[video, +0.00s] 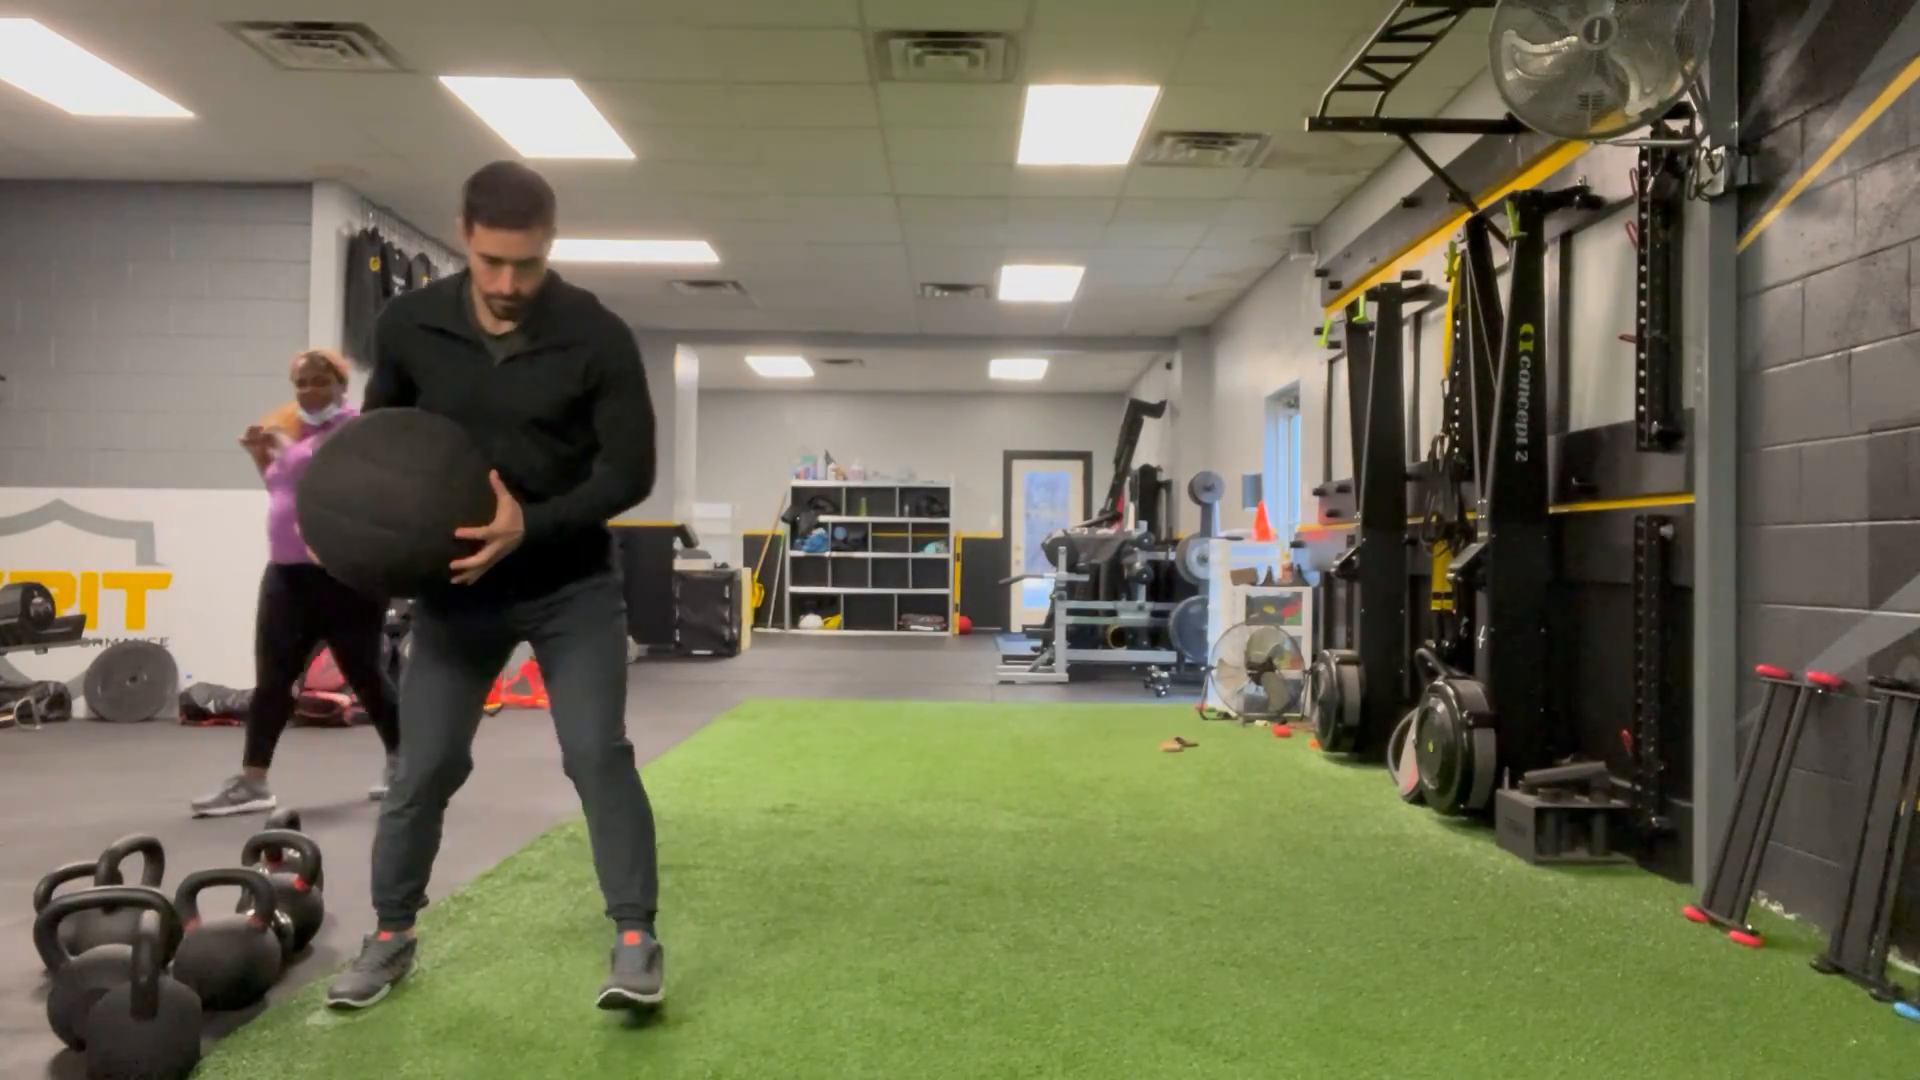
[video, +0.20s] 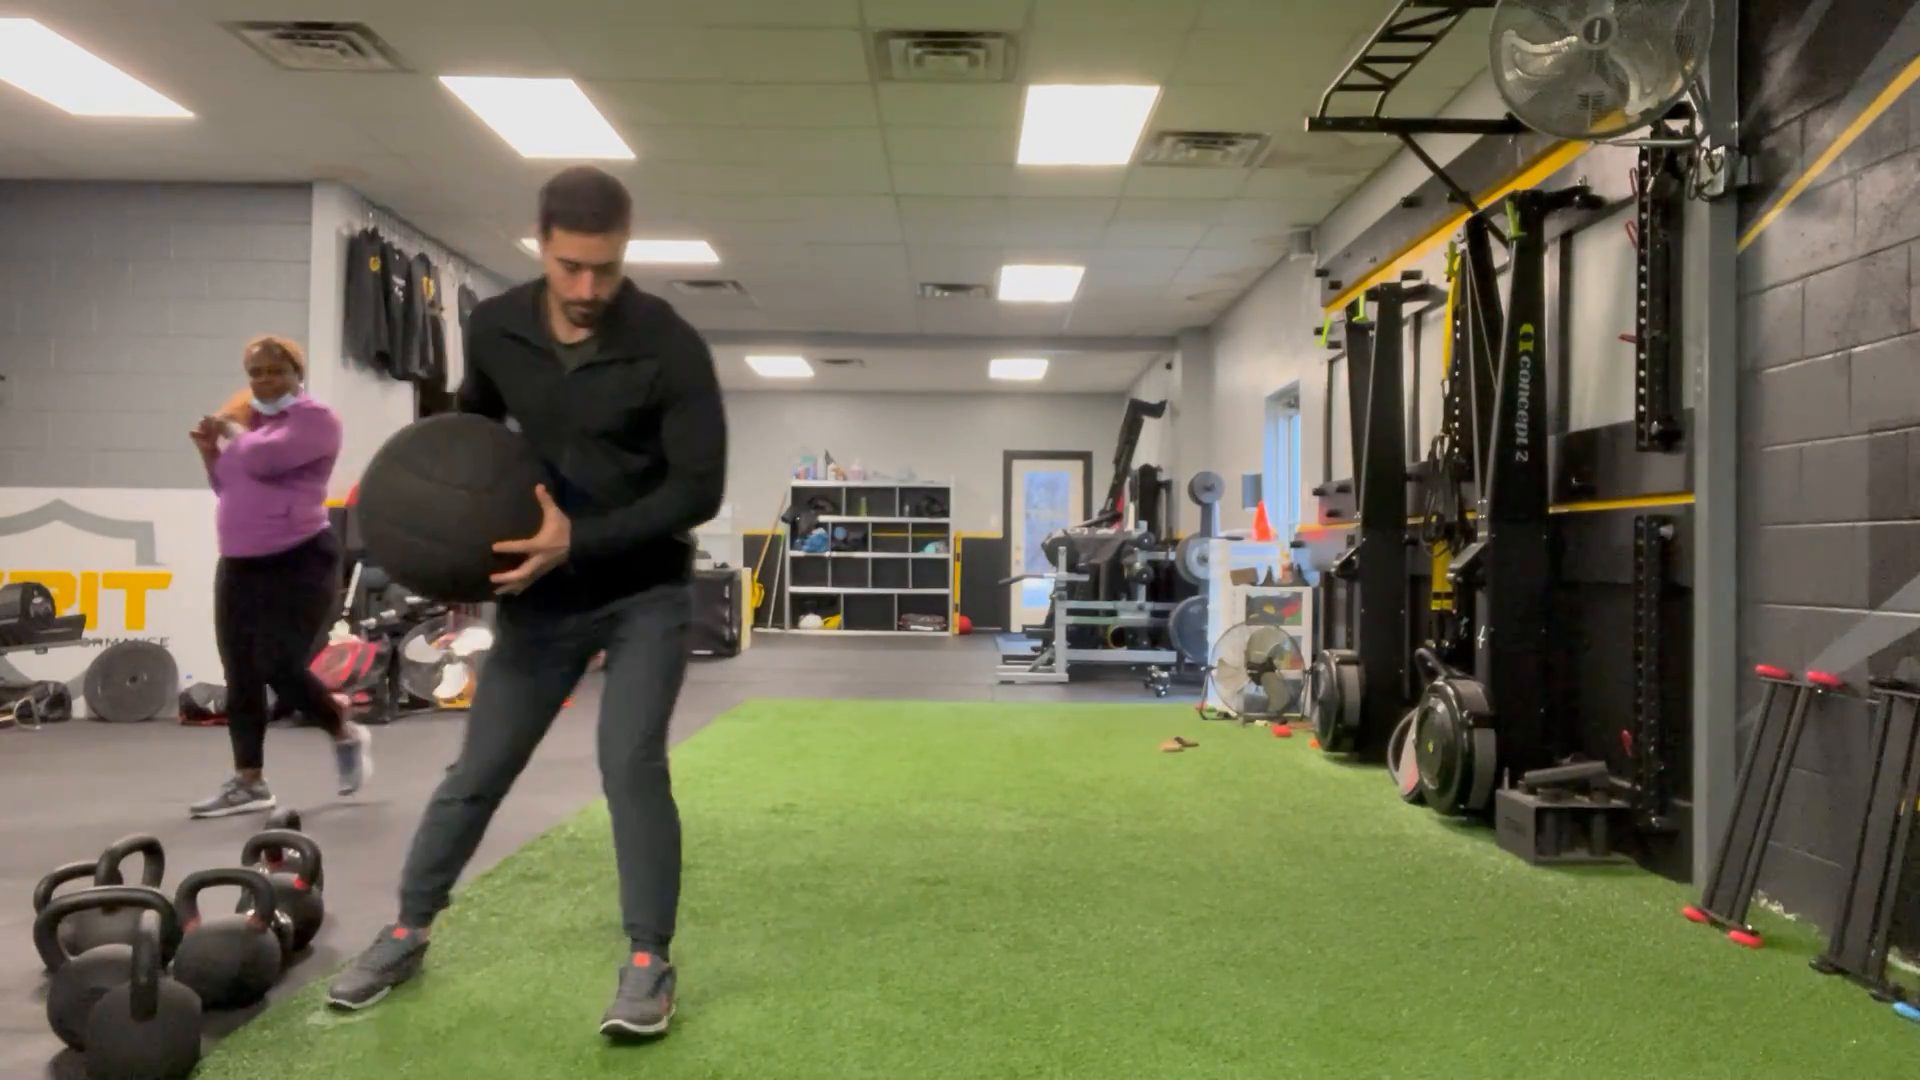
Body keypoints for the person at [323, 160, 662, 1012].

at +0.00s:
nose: (507, 283)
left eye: (526, 265)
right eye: (491, 263)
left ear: (553, 248)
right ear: (463, 241)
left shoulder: (597, 335)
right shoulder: (410, 325)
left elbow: (630, 471)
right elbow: (380, 446)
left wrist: (533, 520)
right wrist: (372, 524)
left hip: (574, 585)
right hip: (457, 593)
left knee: (597, 751)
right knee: (422, 767)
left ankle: (635, 934)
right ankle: (390, 932)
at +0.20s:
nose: (585, 287)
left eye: (602, 268)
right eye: (569, 266)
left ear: (626, 253)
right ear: (540, 248)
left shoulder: (669, 344)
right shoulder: (495, 328)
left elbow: (699, 490)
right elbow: (471, 436)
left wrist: (581, 537)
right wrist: (436, 518)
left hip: (647, 589)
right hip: (543, 591)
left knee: (631, 758)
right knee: (480, 768)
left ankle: (648, 958)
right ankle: (406, 932)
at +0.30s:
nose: (634, 291)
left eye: (650, 272)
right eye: (616, 270)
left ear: (670, 258)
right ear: (584, 250)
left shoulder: (706, 346)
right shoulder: (539, 327)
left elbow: (736, 494)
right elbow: (515, 447)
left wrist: (611, 543)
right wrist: (477, 532)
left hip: (686, 592)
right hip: (582, 595)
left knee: (647, 759)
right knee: (520, 771)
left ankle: (647, 963)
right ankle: (494, 911)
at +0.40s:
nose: (682, 292)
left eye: (697, 273)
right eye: (665, 272)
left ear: (715, 260)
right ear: (627, 253)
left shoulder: (740, 349)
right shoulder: (579, 327)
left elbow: (768, 501)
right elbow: (560, 435)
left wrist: (645, 545)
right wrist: (535, 520)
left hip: (721, 591)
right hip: (623, 587)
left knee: (660, 760)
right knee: (573, 766)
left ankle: (653, 958)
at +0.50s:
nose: (729, 293)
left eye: (743, 273)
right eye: (712, 272)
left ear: (757, 261)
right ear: (670, 254)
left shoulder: (779, 357)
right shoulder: (620, 328)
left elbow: (800, 503)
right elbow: (596, 432)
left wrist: (681, 548)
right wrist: (565, 513)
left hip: (751, 596)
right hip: (655, 593)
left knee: (674, 763)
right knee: (629, 771)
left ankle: (649, 966)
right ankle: (760, 851)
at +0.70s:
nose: (824, 307)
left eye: (835, 288)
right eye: (808, 287)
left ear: (845, 278)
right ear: (759, 269)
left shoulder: (863, 376)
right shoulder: (710, 338)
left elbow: (882, 518)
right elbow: (688, 443)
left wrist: (761, 564)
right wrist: (648, 525)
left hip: (839, 603)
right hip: (748, 603)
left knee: (743, 755)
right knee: (747, 778)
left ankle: (669, 961)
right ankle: (842, 916)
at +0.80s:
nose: (875, 313)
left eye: (886, 294)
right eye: (859, 293)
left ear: (894, 284)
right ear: (810, 276)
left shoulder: (909, 379)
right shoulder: (756, 344)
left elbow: (920, 529)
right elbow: (738, 439)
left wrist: (798, 574)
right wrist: (691, 519)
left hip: (891, 599)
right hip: (795, 600)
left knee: (804, 747)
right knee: (777, 776)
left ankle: (750, 946)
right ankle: (852, 924)